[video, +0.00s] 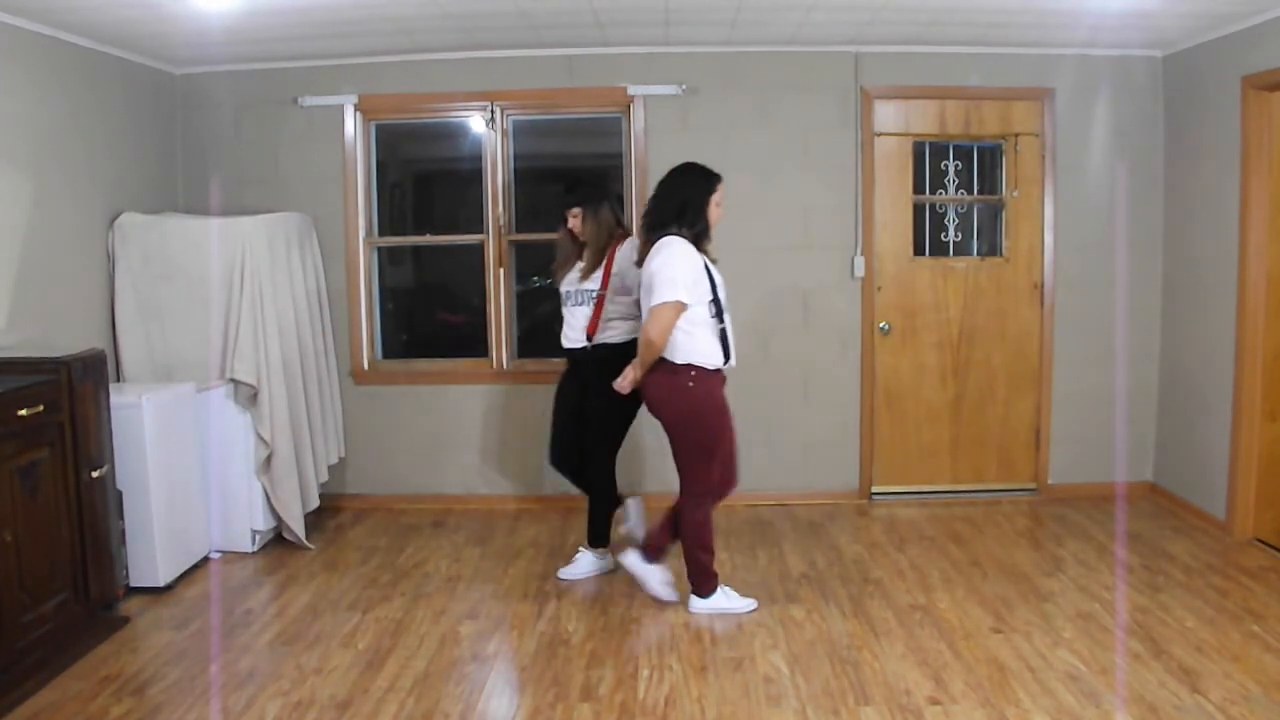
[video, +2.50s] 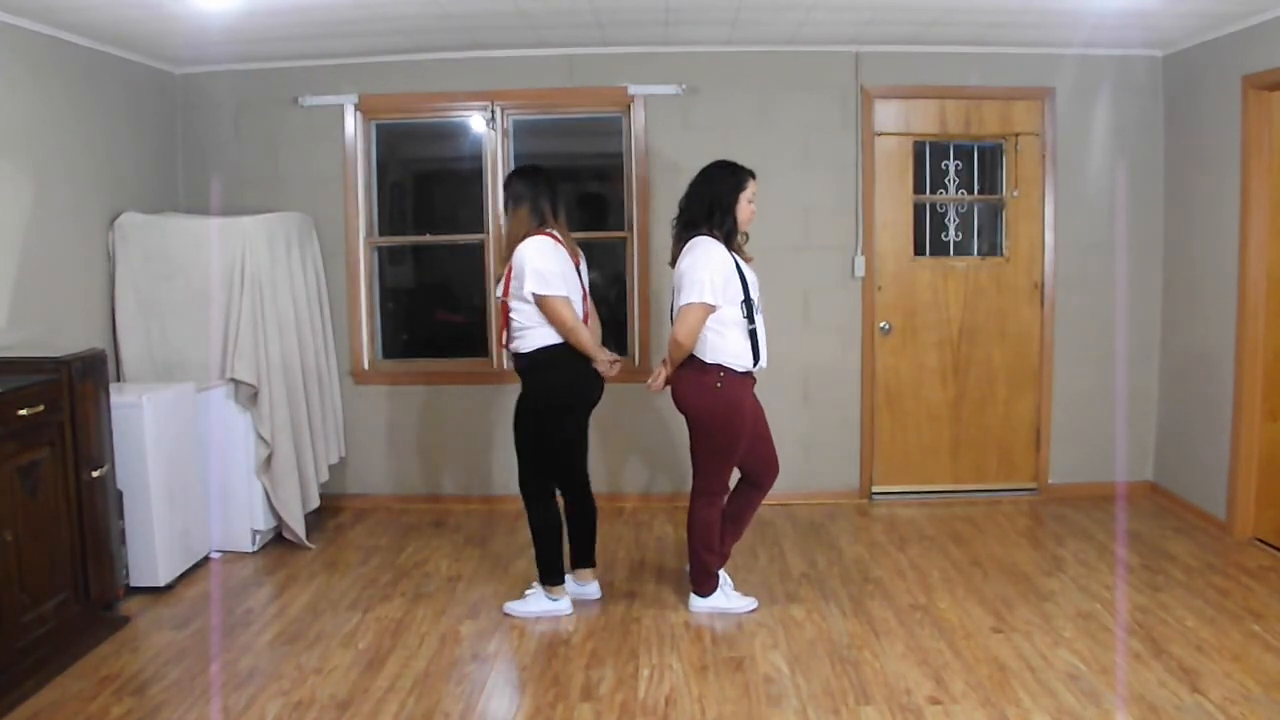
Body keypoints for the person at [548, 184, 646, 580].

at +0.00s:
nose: (573, 223)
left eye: (580, 214)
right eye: (570, 216)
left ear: (602, 214)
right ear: (569, 223)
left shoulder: (630, 252)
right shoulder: (574, 263)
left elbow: (656, 310)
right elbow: (577, 319)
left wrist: (642, 361)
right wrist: (577, 357)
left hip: (618, 362)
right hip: (579, 364)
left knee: (600, 456)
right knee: (563, 455)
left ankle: (596, 549)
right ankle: (623, 505)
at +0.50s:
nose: (526, 232)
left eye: (529, 222)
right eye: (523, 224)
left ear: (547, 217)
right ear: (548, 220)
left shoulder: (591, 255)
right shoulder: (542, 263)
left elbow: (620, 317)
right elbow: (547, 323)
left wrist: (601, 347)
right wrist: (586, 343)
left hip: (590, 371)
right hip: (547, 373)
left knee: (590, 464)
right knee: (536, 468)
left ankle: (599, 553)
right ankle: (517, 562)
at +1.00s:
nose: (481, 217)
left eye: (485, 209)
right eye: (481, 210)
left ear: (504, 210)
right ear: (512, 208)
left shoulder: (533, 248)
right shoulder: (497, 254)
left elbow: (560, 315)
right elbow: (508, 318)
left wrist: (568, 351)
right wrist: (560, 351)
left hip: (536, 373)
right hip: (498, 375)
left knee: (524, 476)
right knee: (508, 473)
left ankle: (575, 531)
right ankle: (512, 570)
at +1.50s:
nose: (475, 213)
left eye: (478, 205)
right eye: (477, 205)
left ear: (489, 207)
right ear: (521, 205)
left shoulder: (495, 250)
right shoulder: (547, 252)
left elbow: (515, 324)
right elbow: (567, 316)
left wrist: (557, 360)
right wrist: (559, 359)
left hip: (508, 373)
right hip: (541, 374)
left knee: (522, 485)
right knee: (520, 479)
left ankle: (552, 590)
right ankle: (511, 573)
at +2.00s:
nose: (489, 211)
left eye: (490, 202)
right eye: (491, 202)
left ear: (500, 205)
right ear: (535, 203)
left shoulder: (508, 253)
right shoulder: (560, 253)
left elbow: (535, 324)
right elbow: (578, 317)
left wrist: (574, 360)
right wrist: (578, 358)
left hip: (526, 375)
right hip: (552, 373)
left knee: (534, 481)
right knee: (510, 471)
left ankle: (554, 591)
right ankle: (534, 566)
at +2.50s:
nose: (506, 211)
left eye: (509, 203)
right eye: (508, 203)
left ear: (520, 204)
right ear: (550, 202)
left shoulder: (532, 249)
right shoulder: (569, 248)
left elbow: (563, 319)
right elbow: (589, 315)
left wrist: (600, 357)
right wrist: (597, 357)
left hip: (548, 373)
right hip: (577, 370)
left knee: (535, 483)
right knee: (574, 477)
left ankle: (551, 591)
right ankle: (584, 576)